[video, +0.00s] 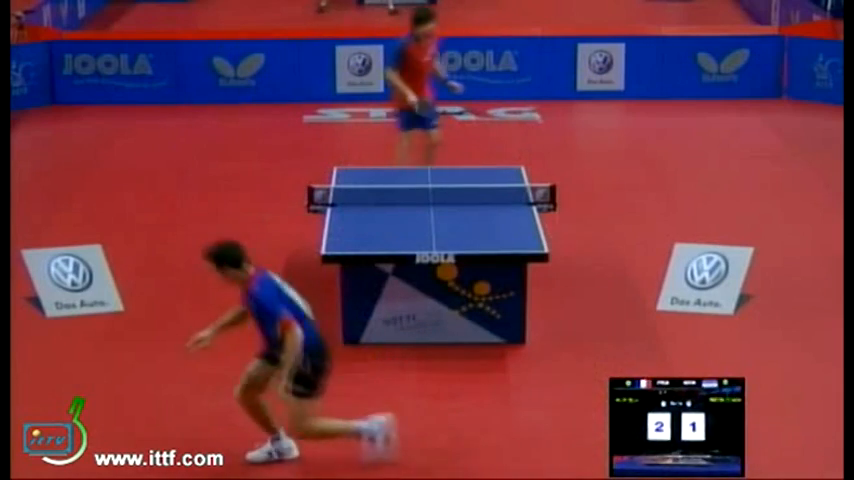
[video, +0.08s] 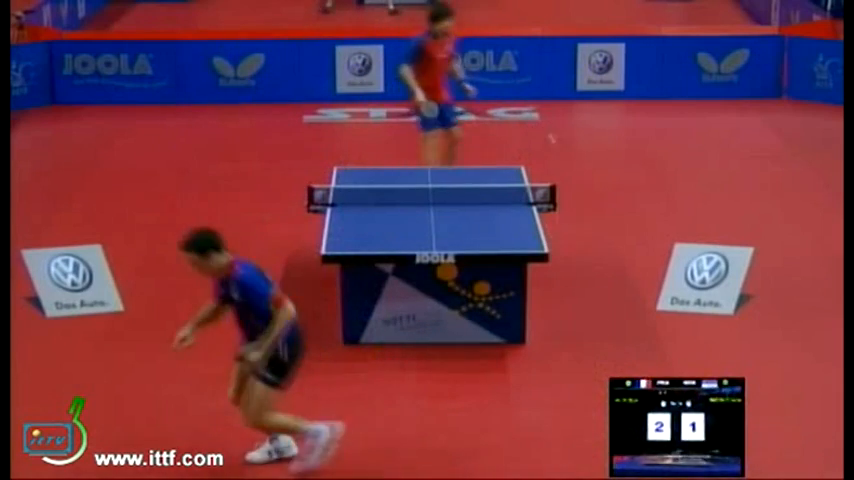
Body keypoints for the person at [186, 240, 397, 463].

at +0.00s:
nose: (222, 277)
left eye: (221, 272)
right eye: (219, 272)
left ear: (230, 270)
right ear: (240, 262)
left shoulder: (262, 290)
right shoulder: (254, 283)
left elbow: (294, 333)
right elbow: (245, 313)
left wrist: (284, 375)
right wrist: (212, 332)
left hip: (307, 352)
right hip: (279, 349)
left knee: (301, 426)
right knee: (246, 395)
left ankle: (370, 428)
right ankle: (280, 444)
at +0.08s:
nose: (196, 270)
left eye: (196, 263)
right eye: (193, 264)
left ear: (211, 256)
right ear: (213, 254)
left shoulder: (246, 276)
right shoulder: (225, 278)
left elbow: (287, 310)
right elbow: (220, 307)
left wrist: (261, 349)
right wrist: (192, 327)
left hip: (282, 342)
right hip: (256, 342)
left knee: (255, 413)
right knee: (240, 397)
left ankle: (319, 432)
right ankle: (280, 441)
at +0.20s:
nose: (164, 255)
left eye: (165, 248)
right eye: (161, 249)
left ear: (181, 238)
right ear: (176, 241)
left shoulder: (216, 258)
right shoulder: (184, 263)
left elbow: (264, 285)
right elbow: (184, 294)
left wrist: (232, 315)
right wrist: (166, 325)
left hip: (241, 329)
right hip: (217, 328)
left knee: (207, 402)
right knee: (226, 384)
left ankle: (229, 463)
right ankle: (266, 427)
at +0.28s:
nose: (142, 252)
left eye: (143, 245)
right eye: (139, 246)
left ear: (160, 236)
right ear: (154, 239)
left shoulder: (196, 257)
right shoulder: (158, 262)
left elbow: (243, 285)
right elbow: (160, 293)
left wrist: (206, 314)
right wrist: (149, 329)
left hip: (215, 331)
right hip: (188, 331)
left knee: (180, 409)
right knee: (203, 388)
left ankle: (183, 467)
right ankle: (248, 421)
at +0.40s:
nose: (111, 259)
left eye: (113, 252)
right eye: (108, 253)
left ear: (130, 245)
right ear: (123, 249)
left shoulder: (166, 274)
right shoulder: (130, 276)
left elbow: (199, 315)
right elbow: (135, 316)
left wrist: (154, 335)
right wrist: (123, 349)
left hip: (171, 352)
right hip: (144, 351)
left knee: (141, 425)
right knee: (146, 417)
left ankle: (152, 471)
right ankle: (205, 428)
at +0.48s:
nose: (87, 257)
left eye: (89, 250)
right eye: (85, 251)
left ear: (107, 243)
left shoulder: (135, 276)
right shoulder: (109, 277)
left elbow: (162, 325)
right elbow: (121, 324)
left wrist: (115, 336)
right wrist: (103, 352)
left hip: (143, 356)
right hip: (120, 355)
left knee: (127, 434)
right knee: (106, 425)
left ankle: (156, 470)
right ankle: (169, 452)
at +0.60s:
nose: (45, 245)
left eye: (47, 238)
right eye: (44, 239)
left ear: (63, 233)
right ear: (62, 234)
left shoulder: (92, 265)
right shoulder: (67, 263)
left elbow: (117, 316)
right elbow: (78, 309)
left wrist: (69, 327)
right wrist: (45, 305)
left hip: (104, 352)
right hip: (77, 351)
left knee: (111, 426)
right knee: (73, 424)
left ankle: (144, 472)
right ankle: (77, 473)